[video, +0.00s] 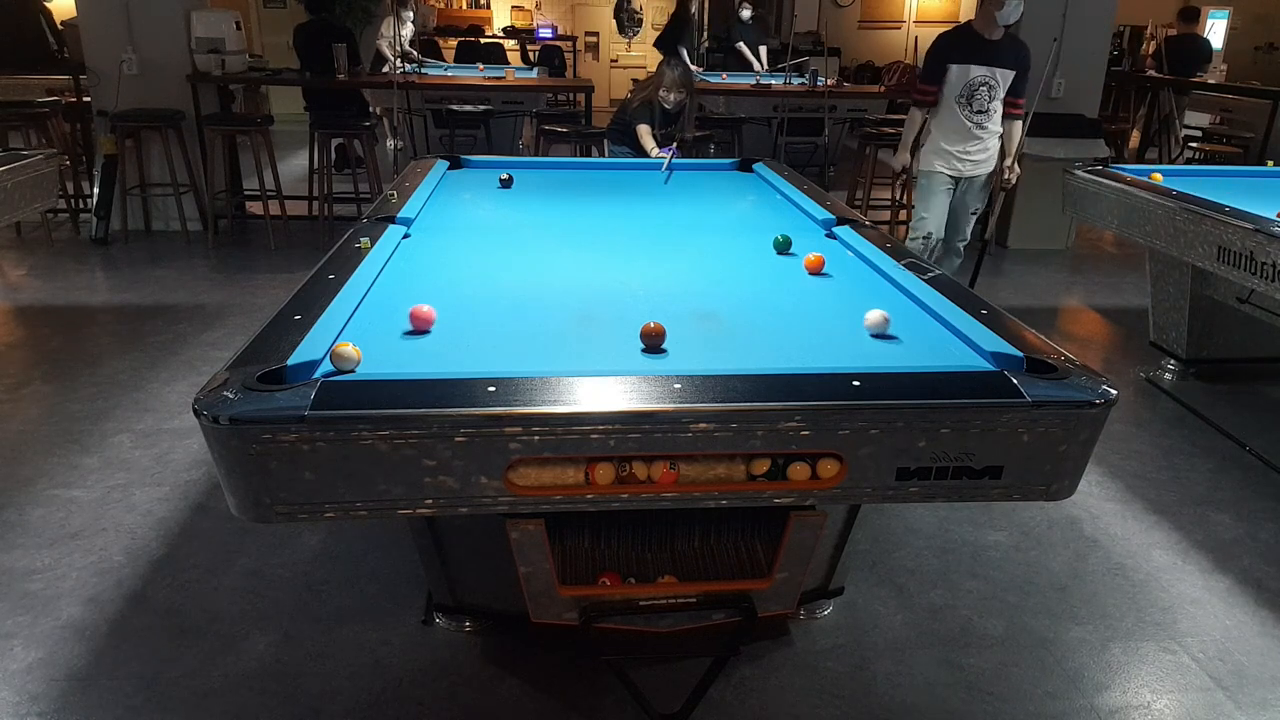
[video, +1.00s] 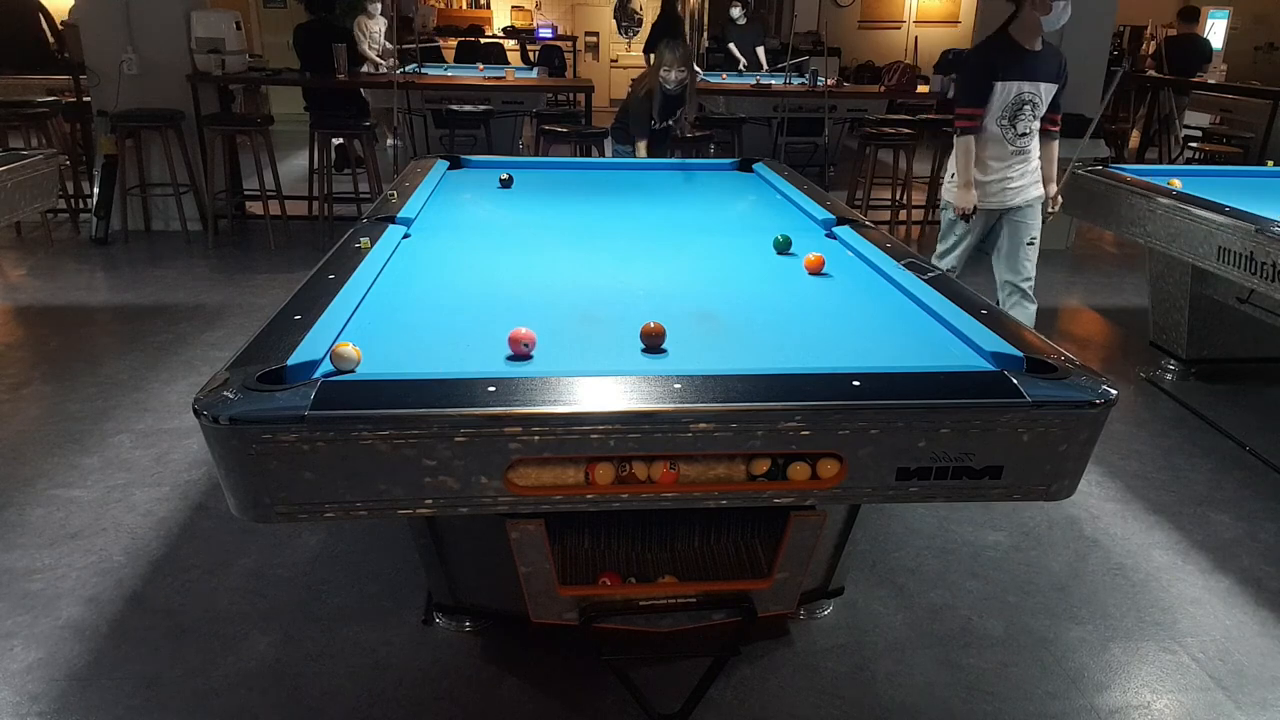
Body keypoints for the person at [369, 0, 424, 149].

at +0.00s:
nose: (409, 14)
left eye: (411, 11)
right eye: (406, 11)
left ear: (413, 11)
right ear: (398, 11)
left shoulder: (410, 27)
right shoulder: (390, 21)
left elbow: (404, 45)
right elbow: (380, 42)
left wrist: (414, 54)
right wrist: (392, 60)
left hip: (398, 67)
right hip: (381, 68)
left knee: (396, 105)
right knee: (385, 106)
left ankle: (396, 135)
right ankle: (389, 138)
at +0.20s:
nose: (409, 13)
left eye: (411, 10)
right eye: (406, 10)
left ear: (413, 11)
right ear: (398, 10)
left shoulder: (410, 27)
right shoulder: (390, 21)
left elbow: (403, 45)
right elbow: (381, 43)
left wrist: (414, 53)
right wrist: (392, 60)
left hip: (398, 66)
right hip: (382, 66)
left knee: (396, 103)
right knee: (385, 105)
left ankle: (396, 135)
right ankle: (390, 138)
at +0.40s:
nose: (405, 14)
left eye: (408, 11)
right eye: (403, 11)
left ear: (411, 11)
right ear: (396, 9)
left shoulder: (408, 26)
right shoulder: (388, 20)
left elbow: (402, 42)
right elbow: (379, 43)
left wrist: (412, 51)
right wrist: (391, 59)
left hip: (396, 64)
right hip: (381, 64)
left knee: (394, 102)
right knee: (383, 104)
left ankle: (394, 136)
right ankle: (387, 138)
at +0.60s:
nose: (401, 9)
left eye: (403, 6)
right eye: (398, 5)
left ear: (405, 7)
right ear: (391, 7)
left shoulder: (403, 22)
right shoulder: (383, 20)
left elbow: (399, 36)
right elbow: (378, 44)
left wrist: (406, 42)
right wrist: (390, 59)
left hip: (396, 64)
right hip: (380, 65)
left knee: (393, 102)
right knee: (380, 103)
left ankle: (393, 136)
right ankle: (380, 138)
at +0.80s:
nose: (390, 7)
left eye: (392, 4)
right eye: (386, 4)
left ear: (394, 5)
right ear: (380, 6)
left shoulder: (397, 21)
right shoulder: (374, 20)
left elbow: (396, 41)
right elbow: (374, 45)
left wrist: (401, 47)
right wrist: (391, 61)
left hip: (392, 61)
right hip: (377, 62)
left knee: (392, 100)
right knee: (380, 101)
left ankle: (394, 135)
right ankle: (389, 136)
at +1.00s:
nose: (378, 6)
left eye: (379, 3)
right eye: (374, 3)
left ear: (381, 5)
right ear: (367, 6)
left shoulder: (383, 21)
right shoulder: (361, 21)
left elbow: (381, 41)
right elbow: (362, 47)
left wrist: (392, 49)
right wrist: (380, 61)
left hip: (381, 64)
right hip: (367, 65)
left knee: (386, 102)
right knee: (375, 103)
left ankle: (390, 136)